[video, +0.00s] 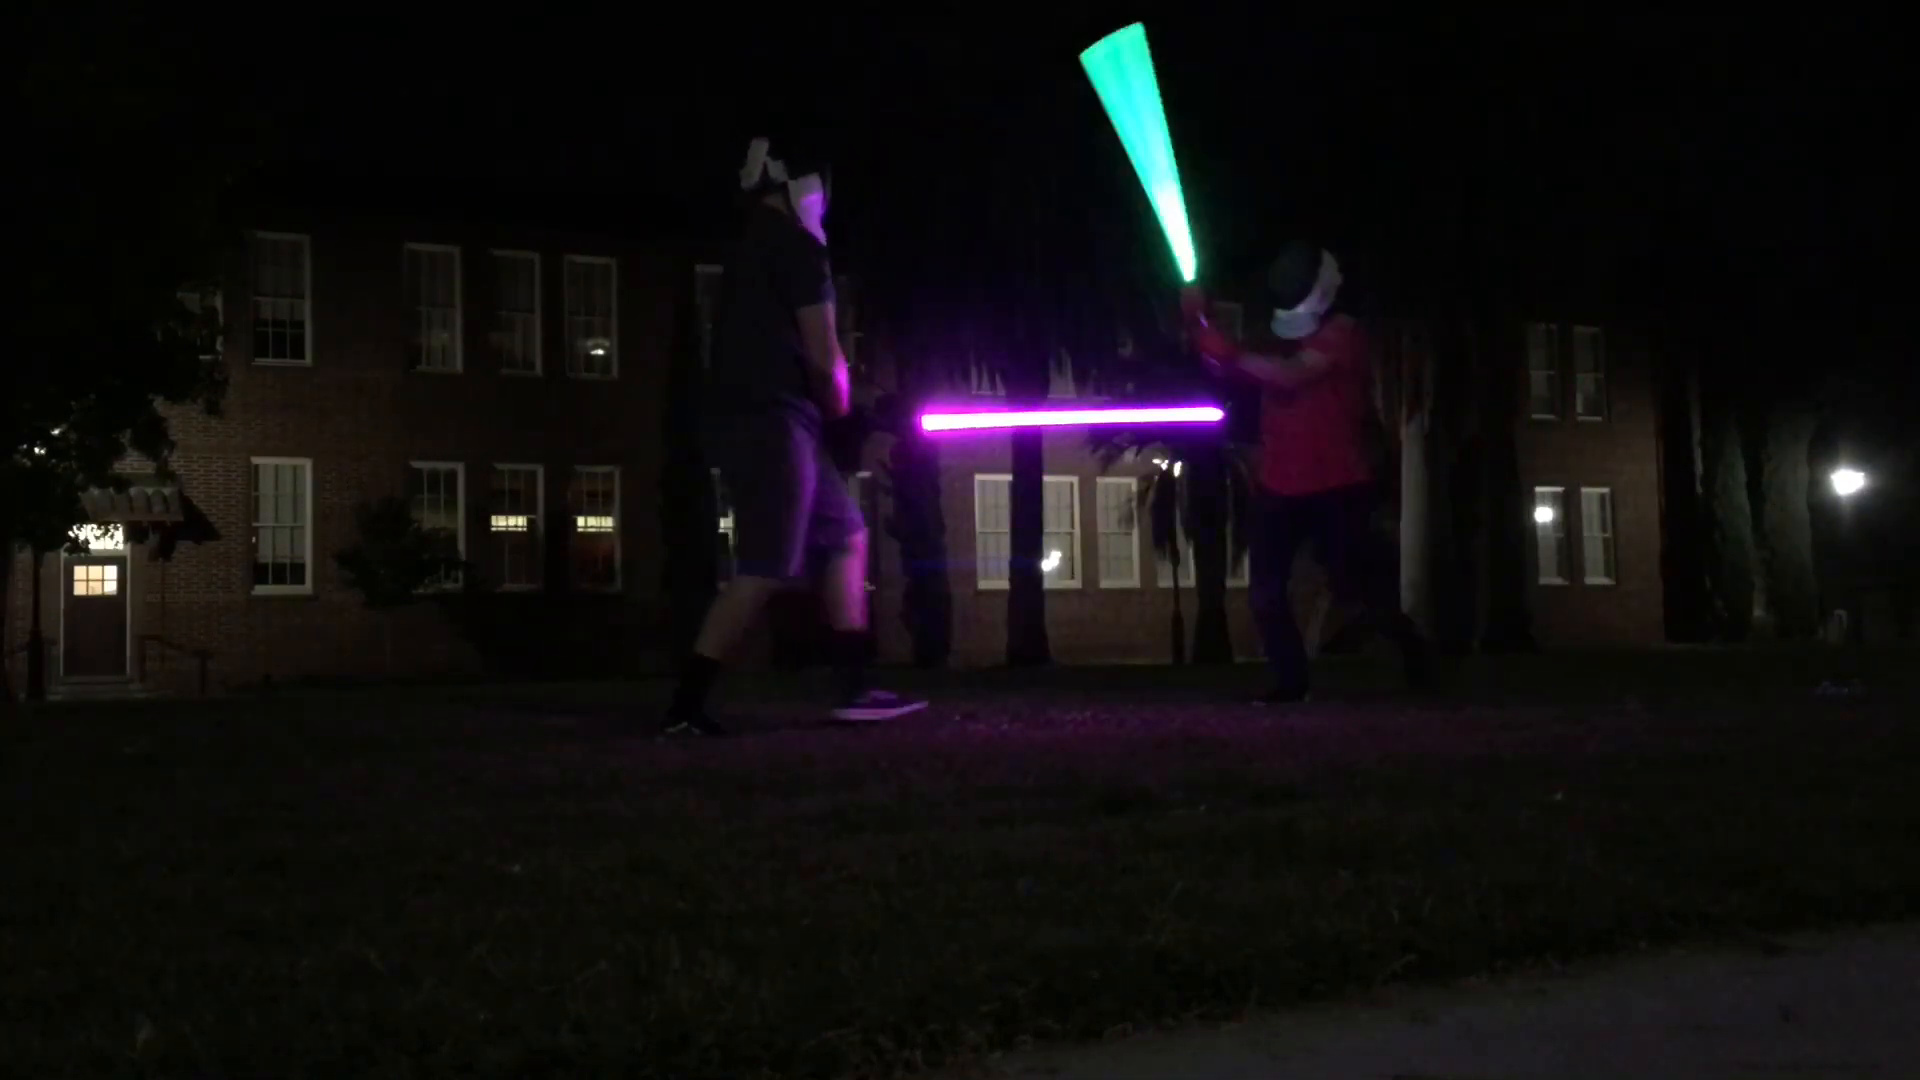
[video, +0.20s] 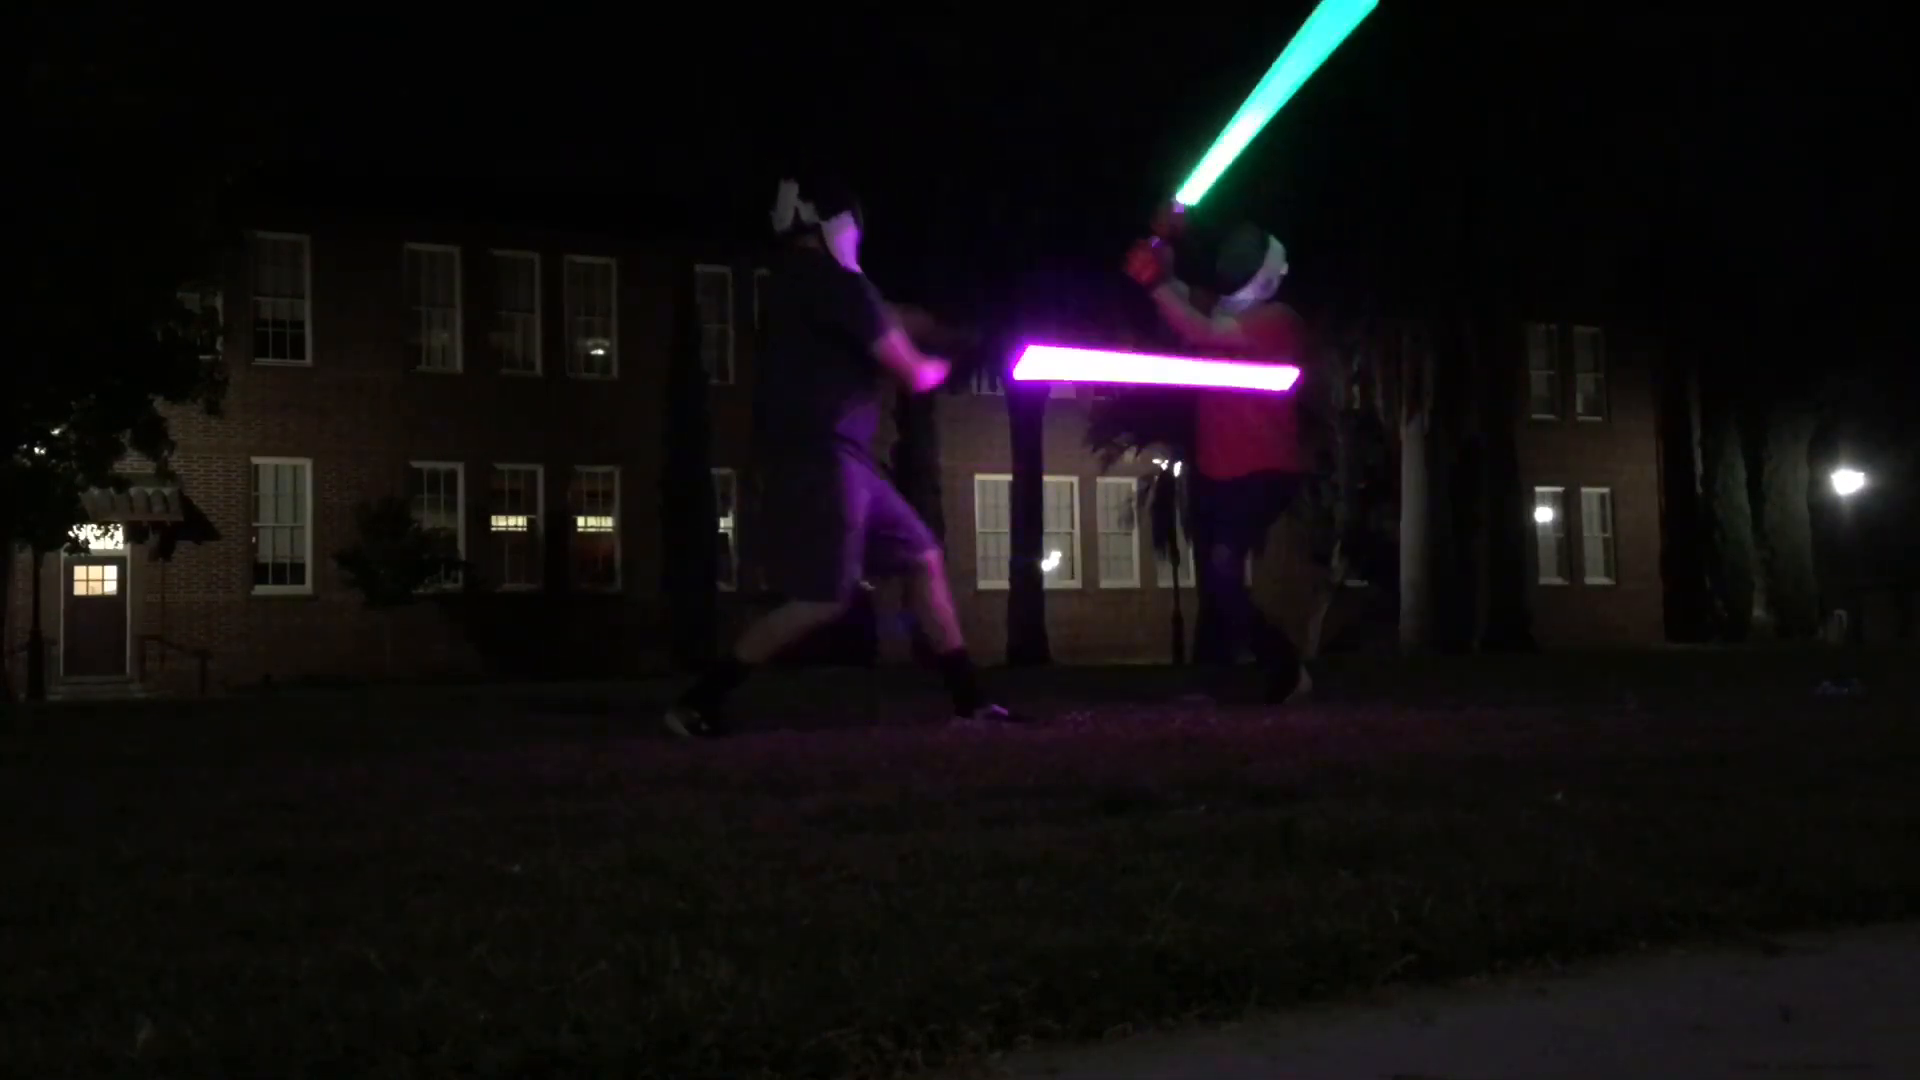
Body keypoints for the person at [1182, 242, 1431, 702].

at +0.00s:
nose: (1292, 320)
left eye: (1300, 309)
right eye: (1285, 312)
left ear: (1322, 297)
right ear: (1278, 306)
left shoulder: (1341, 335)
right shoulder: (1281, 344)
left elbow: (1292, 375)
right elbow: (1234, 374)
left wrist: (1228, 355)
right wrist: (1204, 331)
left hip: (1336, 488)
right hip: (1282, 490)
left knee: (1356, 589)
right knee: (1267, 592)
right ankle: (1289, 680)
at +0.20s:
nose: (1232, 275)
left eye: (1243, 266)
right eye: (1233, 266)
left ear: (1263, 275)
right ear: (1262, 276)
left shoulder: (1275, 323)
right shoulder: (1226, 315)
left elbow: (1211, 334)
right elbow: (1183, 303)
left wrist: (1160, 286)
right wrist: (1162, 259)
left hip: (1259, 472)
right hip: (1220, 471)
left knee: (1223, 572)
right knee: (1216, 573)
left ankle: (1281, 667)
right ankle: (1214, 676)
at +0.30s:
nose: (1216, 277)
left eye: (1225, 269)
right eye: (1217, 270)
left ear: (1245, 278)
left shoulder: (1254, 323)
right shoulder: (1213, 310)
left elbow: (1174, 330)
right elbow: (1182, 291)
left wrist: (1136, 278)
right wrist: (1149, 262)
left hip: (1223, 475)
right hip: (1186, 471)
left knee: (1183, 580)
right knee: (1149, 581)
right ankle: (1223, 652)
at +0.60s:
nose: (1126, 290)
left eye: (1135, 280)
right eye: (1121, 280)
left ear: (1159, 279)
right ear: (1111, 280)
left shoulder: (1185, 321)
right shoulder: (1102, 326)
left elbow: (1141, 283)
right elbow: (1055, 321)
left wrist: (1076, 242)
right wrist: (1035, 258)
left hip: (1164, 477)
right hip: (1102, 476)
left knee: (1131, 575)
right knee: (1049, 575)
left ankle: (1176, 685)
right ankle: (1026, 699)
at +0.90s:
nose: (1135, 247)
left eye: (1147, 242)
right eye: (1134, 240)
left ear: (1174, 251)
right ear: (1127, 247)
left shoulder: (1193, 296)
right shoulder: (1112, 290)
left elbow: (1163, 273)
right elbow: (1079, 280)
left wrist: (1113, 232)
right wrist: (1063, 232)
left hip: (1169, 467)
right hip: (1103, 466)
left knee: (1228, 557)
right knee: (1068, 578)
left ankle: (1280, 661)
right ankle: (1026, 694)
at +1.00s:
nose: (1178, 273)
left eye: (1188, 263)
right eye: (1171, 262)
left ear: (1209, 266)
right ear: (1160, 266)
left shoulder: (1222, 317)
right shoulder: (1135, 299)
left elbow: (1199, 287)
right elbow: (1094, 298)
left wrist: (1150, 242)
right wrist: (1084, 234)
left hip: (1190, 475)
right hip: (1125, 473)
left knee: (1250, 577)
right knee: (1082, 584)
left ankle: (1310, 680)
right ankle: (1030, 696)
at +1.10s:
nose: (1209, 287)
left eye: (1224, 278)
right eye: (1205, 281)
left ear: (1242, 278)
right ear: (1196, 280)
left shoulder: (1253, 322)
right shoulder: (1168, 311)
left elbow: (1243, 306)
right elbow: (1118, 316)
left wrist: (1191, 266)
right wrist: (1124, 253)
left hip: (1225, 482)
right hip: (1160, 483)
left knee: (1274, 591)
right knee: (1105, 592)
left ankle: (1300, 694)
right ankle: (1036, 694)